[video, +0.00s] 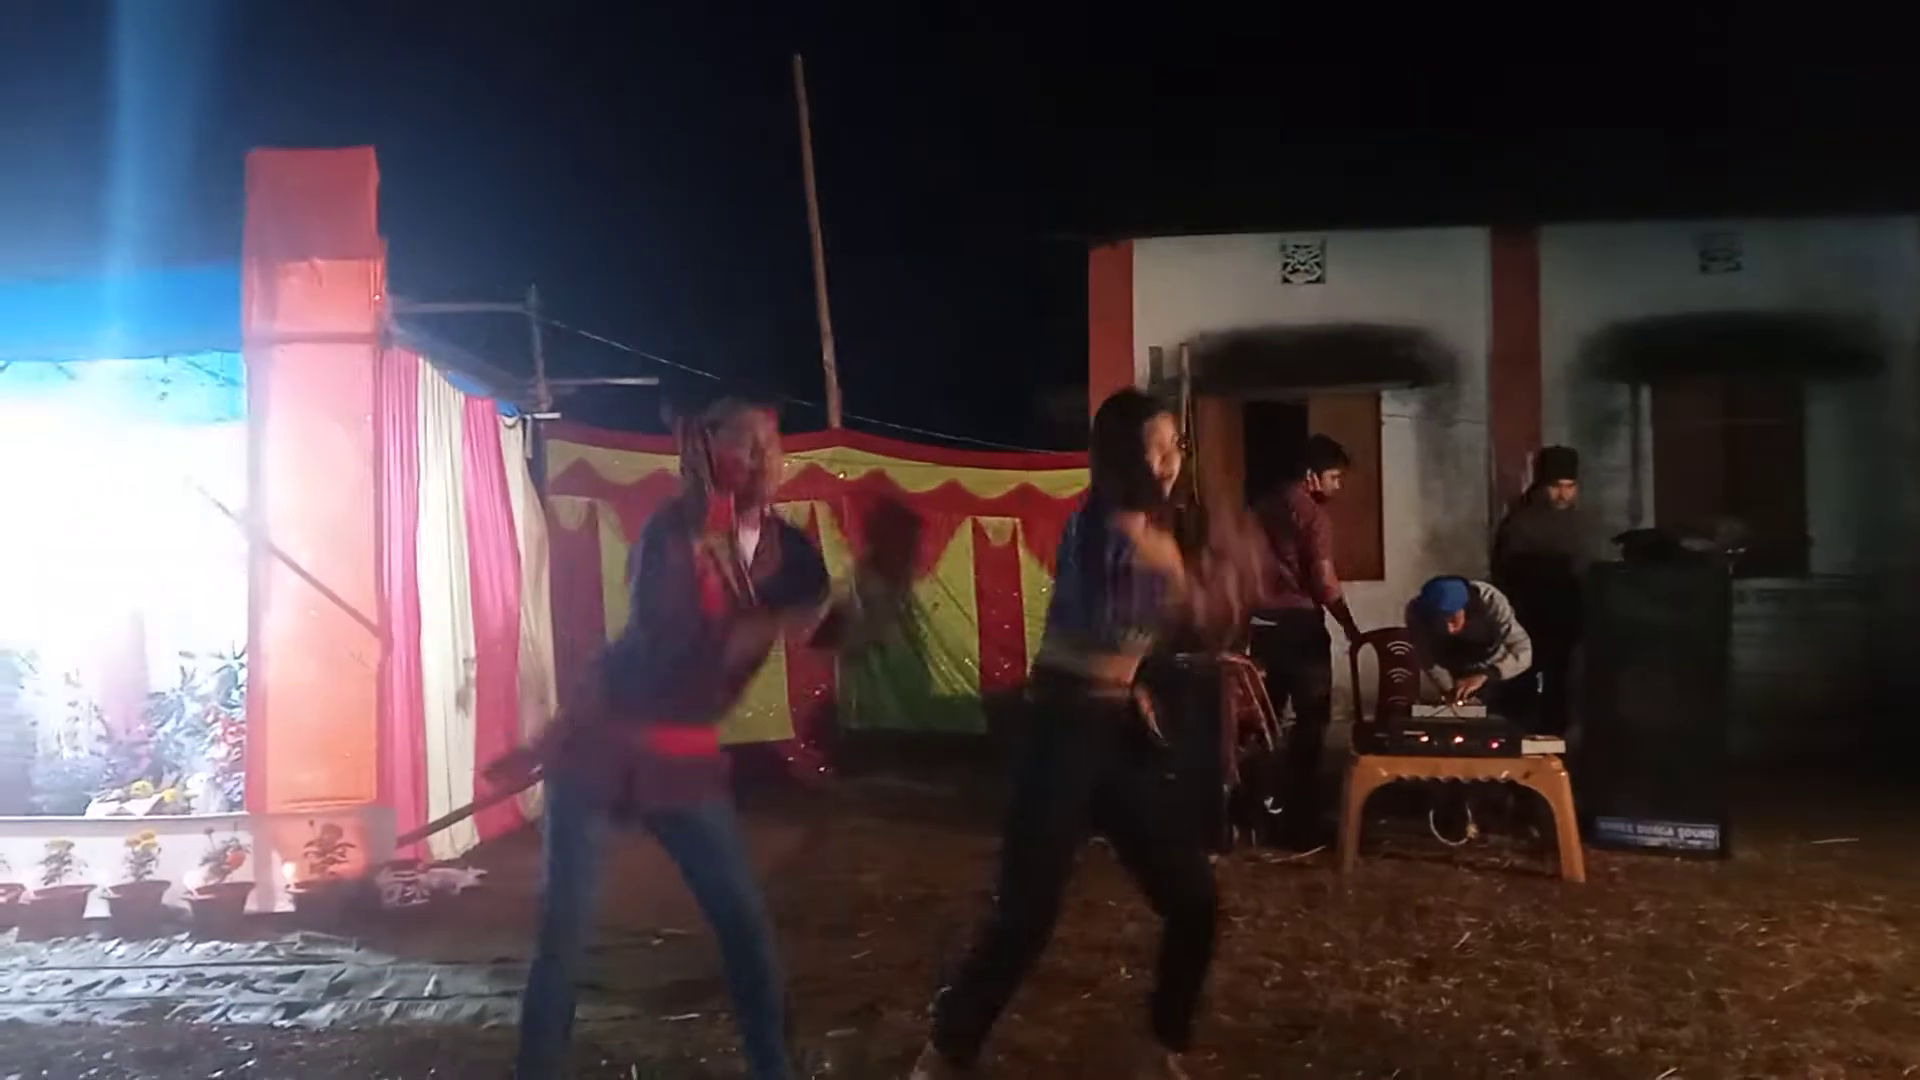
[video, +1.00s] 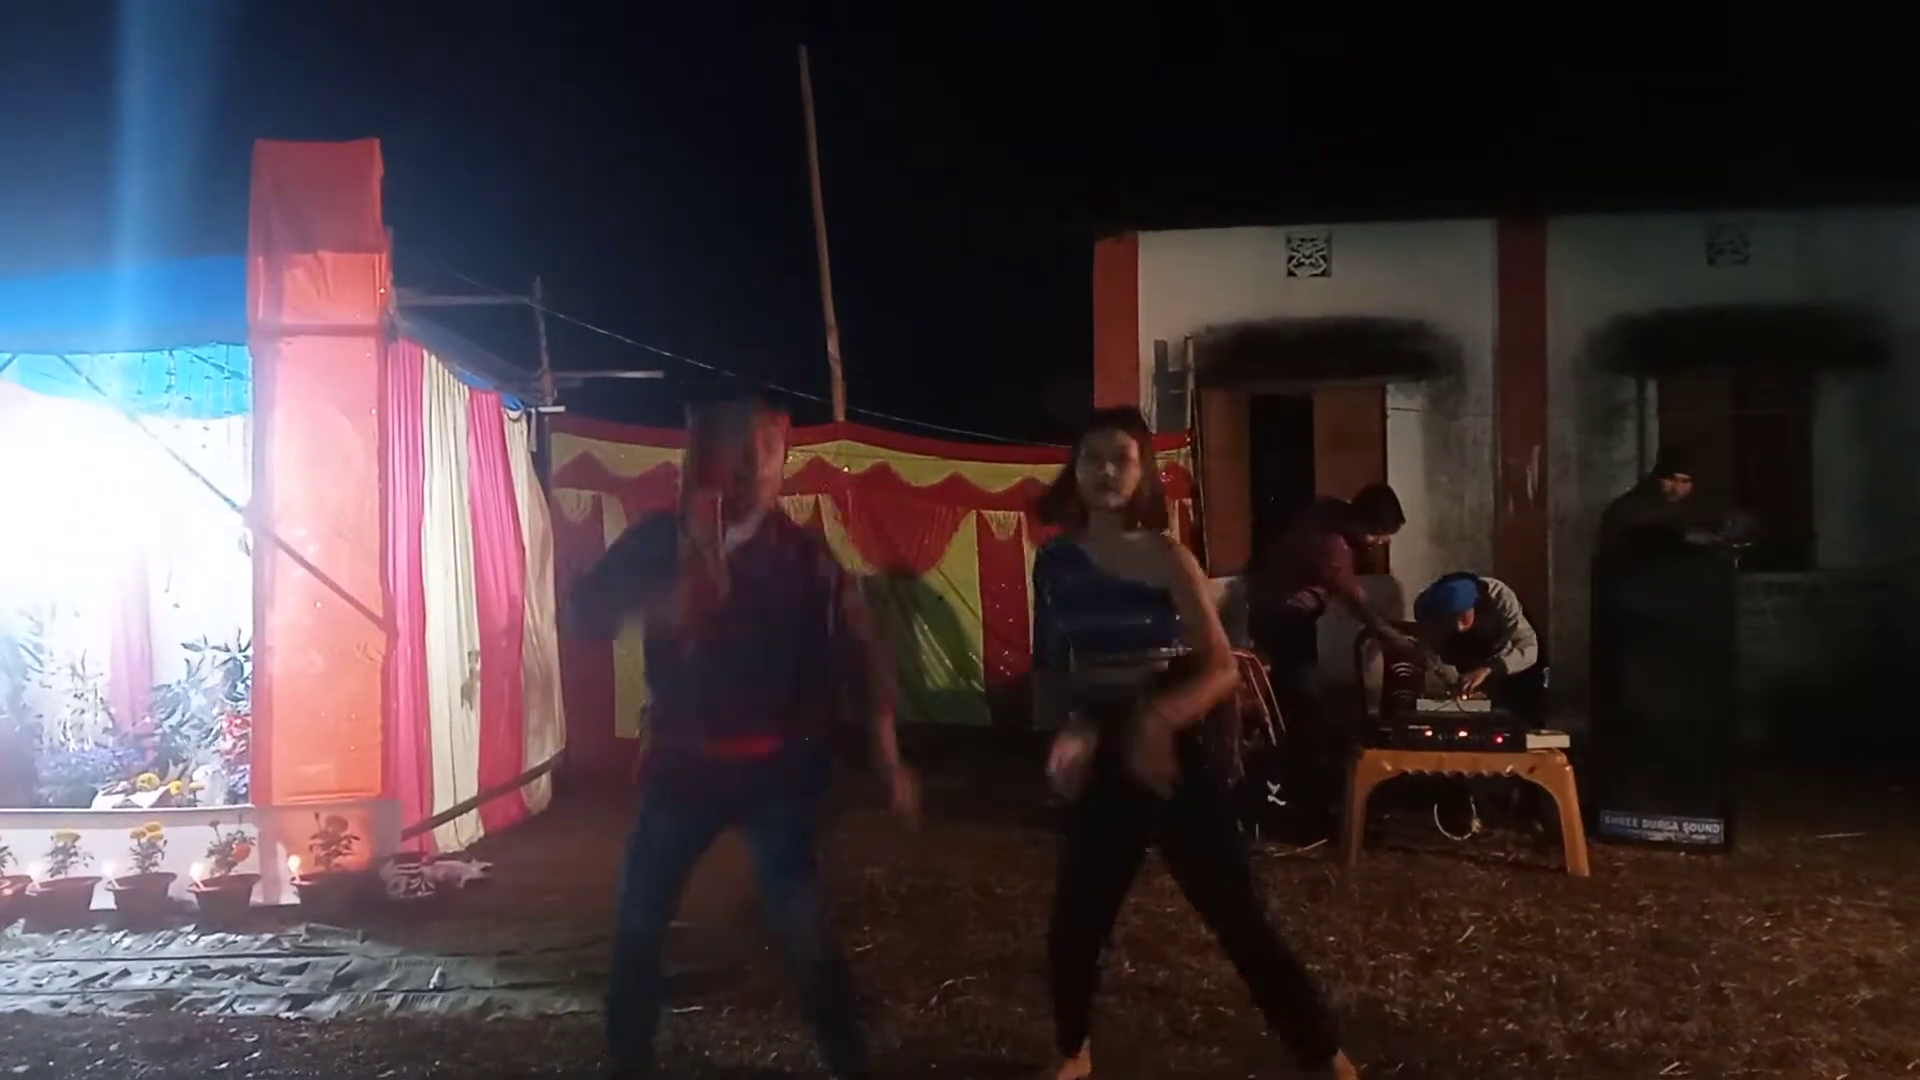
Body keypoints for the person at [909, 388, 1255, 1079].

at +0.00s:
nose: (1170, 461)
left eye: (1174, 446)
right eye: (1156, 448)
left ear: (1179, 450)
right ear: (1121, 453)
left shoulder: (1155, 528)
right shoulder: (1096, 523)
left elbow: (1201, 624)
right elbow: (1080, 639)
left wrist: (1172, 563)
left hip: (1120, 723)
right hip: (1064, 722)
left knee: (1194, 901)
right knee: (1027, 910)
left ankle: (1166, 1047)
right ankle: (944, 1051)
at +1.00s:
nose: (1106, 472)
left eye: (1121, 460)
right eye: (1094, 458)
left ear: (1144, 472)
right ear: (1074, 468)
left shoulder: (1167, 555)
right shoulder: (1056, 559)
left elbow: (1223, 667)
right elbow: (1051, 668)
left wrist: (1161, 714)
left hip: (1183, 757)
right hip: (1103, 758)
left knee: (1237, 922)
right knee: (1076, 920)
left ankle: (1329, 1059)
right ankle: (1073, 1054)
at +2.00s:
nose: (1091, 468)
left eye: (1104, 455)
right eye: (1077, 454)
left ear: (1121, 459)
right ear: (1053, 457)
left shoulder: (1141, 539)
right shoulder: (1018, 533)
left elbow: (1182, 650)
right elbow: (987, 640)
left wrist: (1136, 719)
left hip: (1110, 726)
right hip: (1032, 725)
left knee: (1169, 888)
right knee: (1002, 896)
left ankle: (1285, 1032)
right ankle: (1004, 1046)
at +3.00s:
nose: (1170, 414)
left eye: (1179, 401)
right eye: (1157, 401)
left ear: (1188, 403)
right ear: (1122, 399)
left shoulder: (1189, 484)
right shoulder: (1079, 472)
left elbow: (1205, 590)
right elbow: (1064, 563)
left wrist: (1189, 677)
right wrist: (1138, 585)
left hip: (1154, 663)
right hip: (1075, 661)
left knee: (1175, 843)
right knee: (1048, 841)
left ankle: (1207, 1022)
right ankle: (1023, 1021)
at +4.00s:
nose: (1084, 414)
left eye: (1101, 401)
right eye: (1074, 400)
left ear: (1128, 409)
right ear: (1058, 405)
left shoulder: (1165, 490)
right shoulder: (1049, 484)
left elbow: (1223, 590)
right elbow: (1006, 571)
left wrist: (1198, 681)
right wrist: (1017, 487)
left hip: (1154, 684)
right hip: (1071, 682)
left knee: (1189, 862)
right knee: (1047, 861)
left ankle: (1239, 1037)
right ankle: (1037, 1037)